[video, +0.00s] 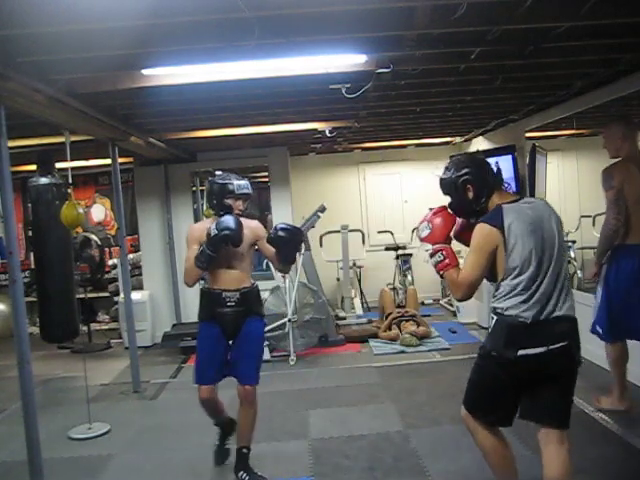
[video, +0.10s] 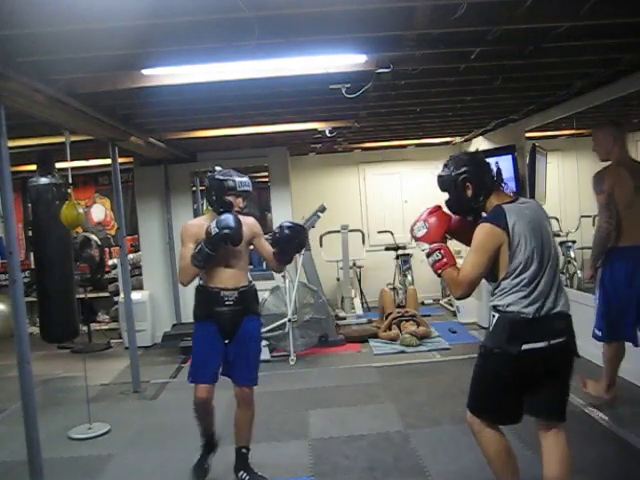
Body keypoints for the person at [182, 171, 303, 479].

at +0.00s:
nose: (239, 206)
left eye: (243, 201)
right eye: (233, 200)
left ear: (246, 203)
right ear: (217, 201)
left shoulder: (253, 228)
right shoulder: (199, 230)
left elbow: (282, 267)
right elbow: (189, 279)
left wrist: (289, 249)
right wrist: (210, 248)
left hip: (248, 310)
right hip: (212, 311)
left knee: (248, 391)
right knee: (205, 394)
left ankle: (243, 463)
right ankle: (226, 426)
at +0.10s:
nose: (241, 202)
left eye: (243, 196)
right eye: (235, 196)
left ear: (243, 198)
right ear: (217, 196)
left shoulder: (249, 225)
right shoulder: (195, 228)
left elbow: (276, 264)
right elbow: (184, 277)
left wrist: (290, 248)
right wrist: (209, 246)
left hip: (246, 311)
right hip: (209, 312)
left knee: (245, 393)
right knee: (201, 394)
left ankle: (242, 464)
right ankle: (209, 444)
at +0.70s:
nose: (263, 206)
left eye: (264, 200)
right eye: (259, 199)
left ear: (241, 197)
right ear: (240, 196)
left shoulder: (248, 225)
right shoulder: (207, 228)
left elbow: (271, 256)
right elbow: (215, 282)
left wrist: (303, 250)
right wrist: (250, 248)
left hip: (252, 323)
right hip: (221, 329)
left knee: (287, 400)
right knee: (221, 418)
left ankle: (270, 471)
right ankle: (205, 477)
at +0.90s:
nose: (286, 209)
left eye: (286, 202)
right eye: (282, 201)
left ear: (264, 198)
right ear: (265, 197)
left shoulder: (270, 226)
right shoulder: (224, 224)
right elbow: (225, 279)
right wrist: (268, 248)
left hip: (262, 324)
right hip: (231, 328)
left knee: (297, 403)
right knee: (229, 421)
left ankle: (298, 472)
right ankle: (207, 476)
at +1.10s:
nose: (297, 198)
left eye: (299, 192)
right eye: (294, 190)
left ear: (276, 189)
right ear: (277, 187)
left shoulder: (279, 223)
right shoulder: (239, 223)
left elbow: (312, 242)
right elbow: (245, 279)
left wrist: (350, 230)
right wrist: (284, 243)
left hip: (278, 321)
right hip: (248, 327)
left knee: (298, 403)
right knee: (260, 418)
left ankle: (299, 472)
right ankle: (231, 476)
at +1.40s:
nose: (313, 197)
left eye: (313, 191)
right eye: (312, 190)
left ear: (282, 187)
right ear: (302, 189)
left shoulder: (272, 222)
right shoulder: (274, 221)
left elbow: (285, 275)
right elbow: (295, 279)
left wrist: (308, 247)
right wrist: (321, 251)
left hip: (286, 325)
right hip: (274, 328)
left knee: (320, 396)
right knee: (267, 423)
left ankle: (320, 471)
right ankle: (240, 476)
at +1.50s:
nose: (323, 198)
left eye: (323, 192)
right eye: (322, 190)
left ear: (291, 187)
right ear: (314, 189)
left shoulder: (278, 221)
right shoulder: (292, 222)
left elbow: (302, 275)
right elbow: (319, 279)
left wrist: (326, 246)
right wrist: (336, 248)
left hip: (288, 322)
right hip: (288, 325)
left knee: (319, 402)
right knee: (292, 419)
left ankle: (325, 473)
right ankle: (251, 475)